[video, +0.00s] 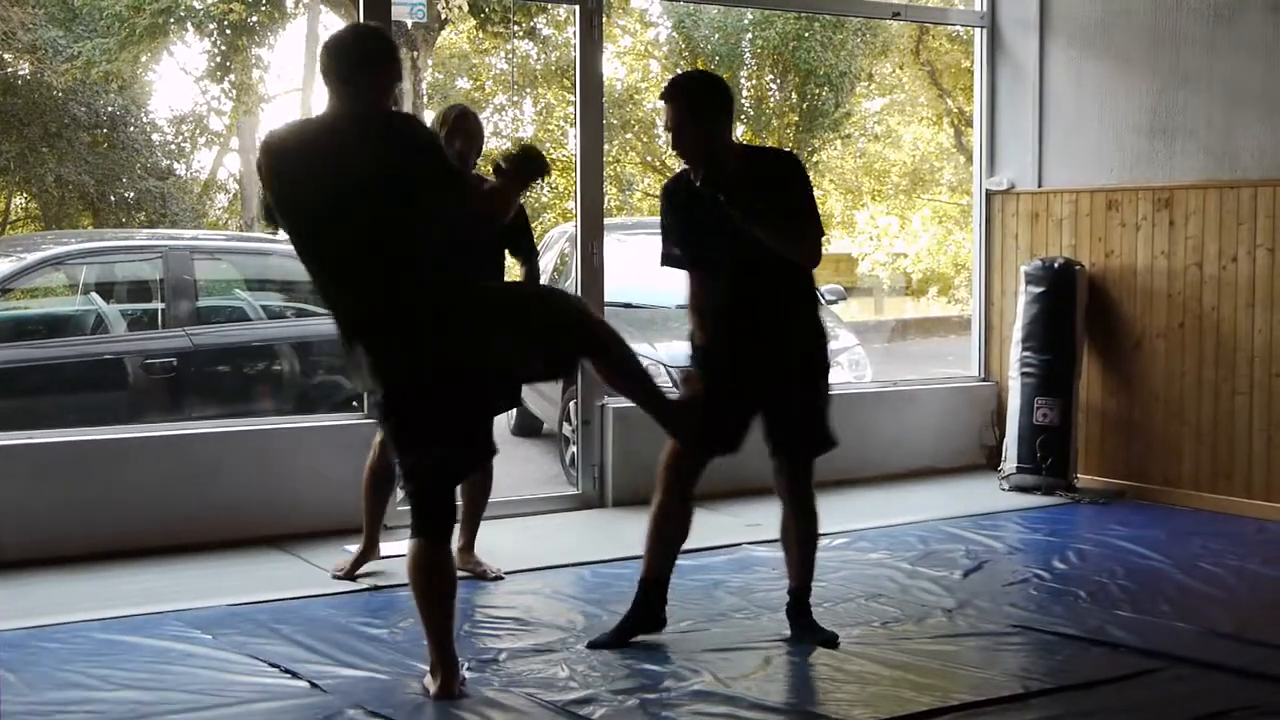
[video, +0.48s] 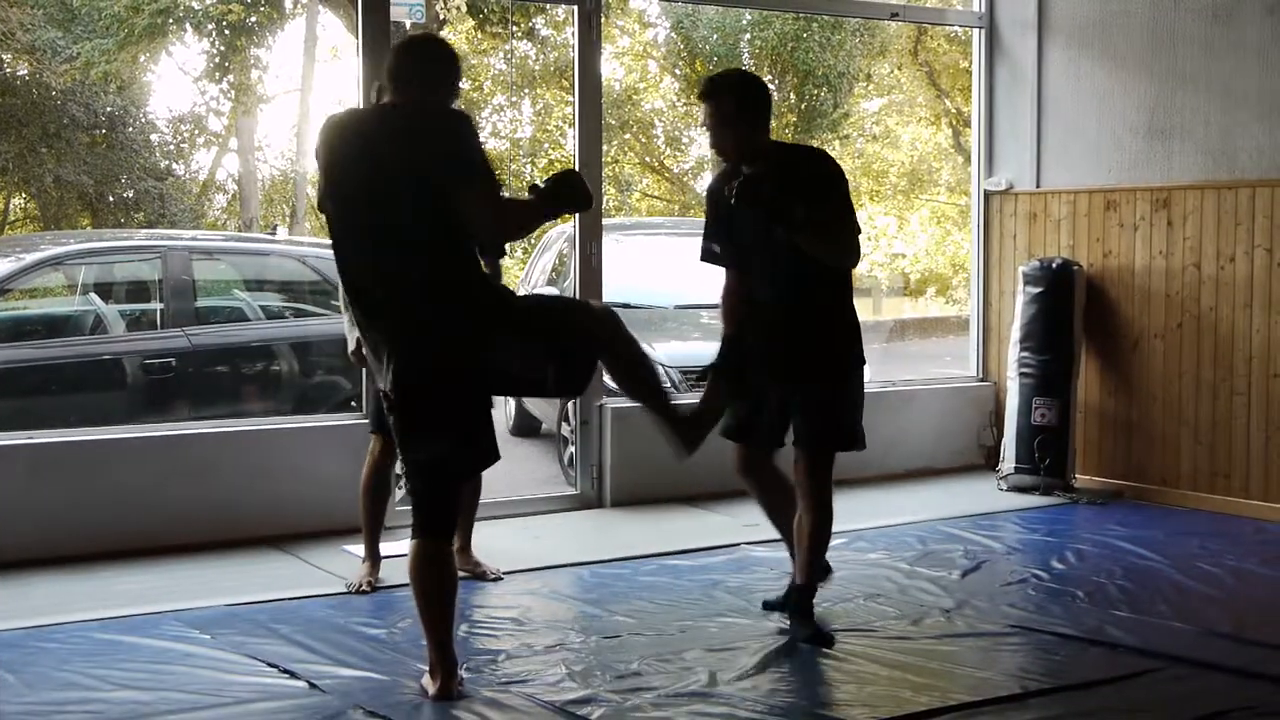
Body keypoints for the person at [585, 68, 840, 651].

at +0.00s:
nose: (670, 138)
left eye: (677, 125)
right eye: (668, 127)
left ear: (712, 120)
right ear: (685, 124)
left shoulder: (780, 169)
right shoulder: (682, 193)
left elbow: (809, 254)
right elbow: (693, 278)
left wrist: (736, 210)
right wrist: (699, 354)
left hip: (790, 349)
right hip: (721, 352)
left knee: (796, 484)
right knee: (676, 470)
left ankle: (800, 609)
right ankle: (649, 604)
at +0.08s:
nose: (675, 141)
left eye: (683, 127)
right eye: (673, 128)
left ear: (718, 121)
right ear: (690, 125)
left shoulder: (787, 168)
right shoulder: (690, 198)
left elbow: (814, 254)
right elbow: (711, 286)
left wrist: (740, 210)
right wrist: (712, 362)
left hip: (805, 348)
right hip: (736, 351)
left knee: (806, 480)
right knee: (691, 470)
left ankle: (803, 608)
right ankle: (652, 595)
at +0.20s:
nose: (687, 144)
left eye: (694, 132)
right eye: (685, 133)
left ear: (726, 125)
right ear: (703, 131)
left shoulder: (796, 170)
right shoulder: (702, 195)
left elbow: (831, 257)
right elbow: (723, 284)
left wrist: (748, 211)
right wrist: (724, 362)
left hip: (818, 347)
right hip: (749, 350)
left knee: (812, 478)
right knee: (703, 458)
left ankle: (803, 608)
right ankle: (694, 591)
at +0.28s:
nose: (693, 141)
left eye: (700, 127)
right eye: (691, 129)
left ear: (733, 122)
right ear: (715, 128)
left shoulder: (803, 169)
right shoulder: (710, 193)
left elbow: (843, 257)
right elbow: (730, 280)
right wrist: (730, 355)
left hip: (821, 348)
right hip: (755, 349)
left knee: (814, 480)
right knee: (712, 457)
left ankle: (804, 607)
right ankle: (733, 578)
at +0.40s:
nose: (705, 140)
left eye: (712, 128)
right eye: (702, 129)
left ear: (748, 122)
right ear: (721, 128)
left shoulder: (811, 169)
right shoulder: (719, 189)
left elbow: (846, 253)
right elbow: (734, 275)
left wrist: (776, 226)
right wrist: (734, 352)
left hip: (823, 348)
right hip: (758, 348)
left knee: (815, 477)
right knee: (730, 459)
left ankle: (804, 605)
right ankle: (784, 553)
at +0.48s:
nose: (708, 134)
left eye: (716, 122)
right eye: (707, 122)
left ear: (749, 120)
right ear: (731, 125)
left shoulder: (814, 168)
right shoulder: (724, 188)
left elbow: (847, 255)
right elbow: (735, 279)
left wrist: (776, 214)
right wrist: (729, 354)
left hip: (822, 343)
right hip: (763, 344)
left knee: (812, 472)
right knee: (752, 463)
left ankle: (802, 598)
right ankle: (808, 561)